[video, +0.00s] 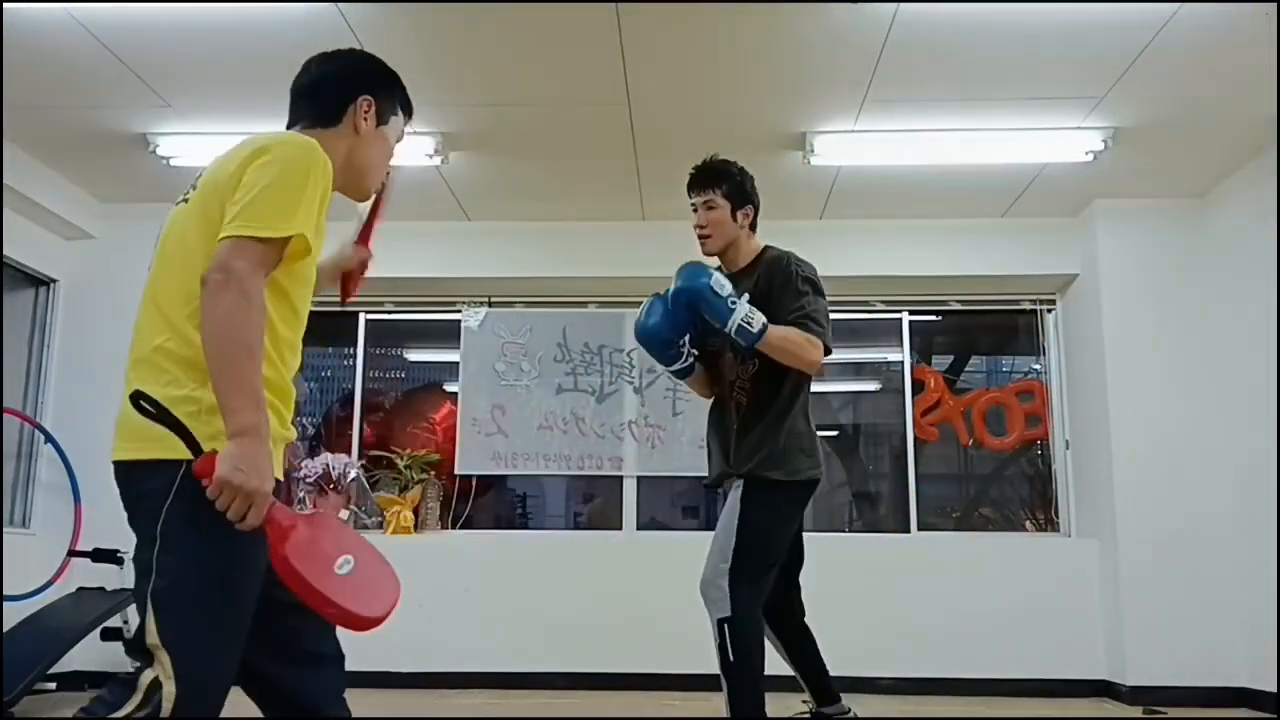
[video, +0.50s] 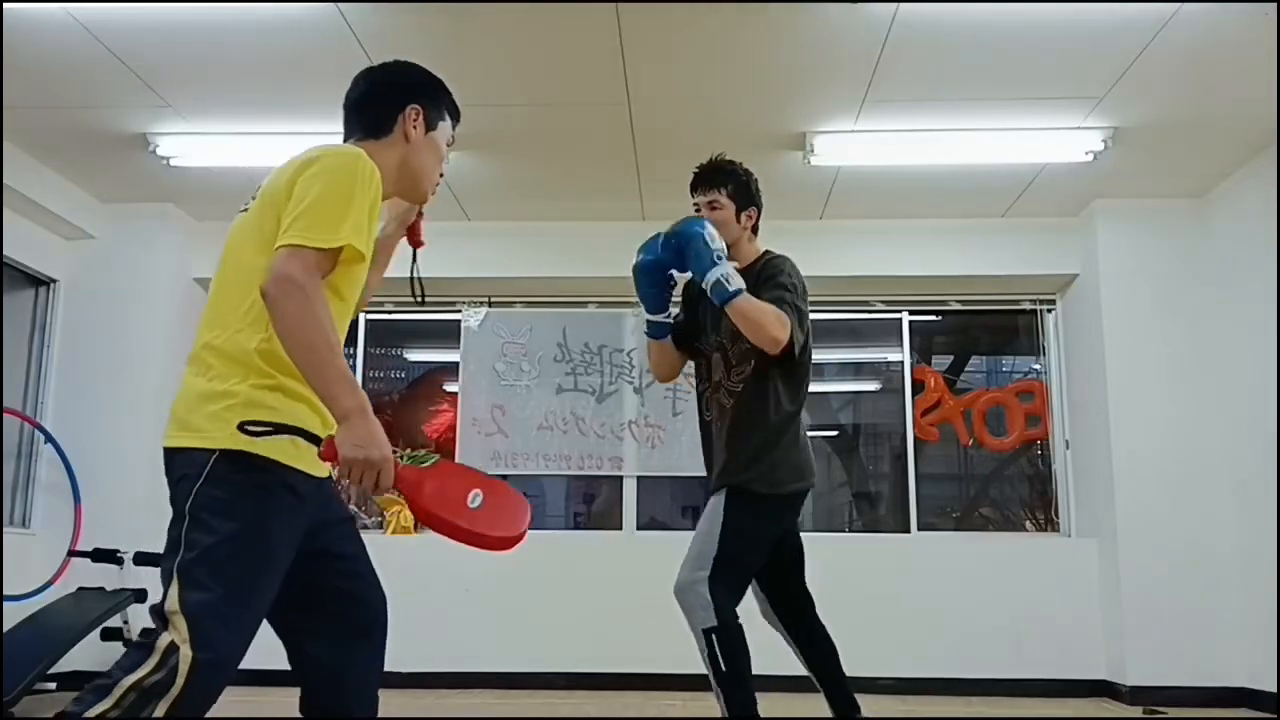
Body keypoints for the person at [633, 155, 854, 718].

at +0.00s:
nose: (698, 221)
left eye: (710, 209)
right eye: (694, 210)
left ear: (746, 214)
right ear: (697, 216)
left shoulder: (787, 271)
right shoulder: (717, 288)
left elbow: (814, 357)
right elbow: (711, 388)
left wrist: (736, 316)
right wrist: (678, 357)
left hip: (781, 462)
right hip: (744, 463)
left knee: (724, 589)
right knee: (776, 600)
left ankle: (746, 713)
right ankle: (831, 707)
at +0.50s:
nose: (701, 217)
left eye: (713, 205)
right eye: (695, 207)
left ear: (749, 216)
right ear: (696, 219)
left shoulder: (777, 274)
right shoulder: (704, 288)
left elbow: (775, 335)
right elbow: (665, 368)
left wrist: (716, 272)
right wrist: (656, 310)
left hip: (766, 470)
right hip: (742, 470)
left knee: (699, 591)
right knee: (787, 606)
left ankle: (742, 714)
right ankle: (848, 711)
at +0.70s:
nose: (690, 229)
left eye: (704, 216)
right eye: (687, 218)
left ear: (742, 222)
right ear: (684, 223)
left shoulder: (756, 272)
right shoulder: (705, 291)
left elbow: (684, 276)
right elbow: (658, 374)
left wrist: (611, 206)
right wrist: (653, 313)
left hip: (748, 476)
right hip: (727, 476)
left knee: (679, 625)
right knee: (762, 625)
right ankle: (843, 713)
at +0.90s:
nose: (655, 257)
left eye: (662, 244)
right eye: (652, 247)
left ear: (699, 243)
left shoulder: (721, 287)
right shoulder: (659, 321)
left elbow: (736, 348)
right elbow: (698, 405)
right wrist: (665, 362)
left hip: (736, 494)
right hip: (773, 499)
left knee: (629, 604)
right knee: (733, 606)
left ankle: (650, 712)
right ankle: (801, 711)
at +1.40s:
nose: (605, 196)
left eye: (616, 182)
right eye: (601, 185)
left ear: (657, 186)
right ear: (606, 192)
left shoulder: (695, 243)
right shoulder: (624, 271)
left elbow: (754, 302)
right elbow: (605, 352)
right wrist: (579, 310)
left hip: (696, 458)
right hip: (692, 458)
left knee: (614, 593)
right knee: (684, 605)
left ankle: (633, 715)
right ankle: (767, 710)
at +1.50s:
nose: (597, 211)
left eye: (608, 195)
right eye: (593, 201)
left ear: (648, 199)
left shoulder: (674, 255)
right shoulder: (626, 278)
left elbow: (686, 324)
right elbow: (598, 378)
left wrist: (611, 267)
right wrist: (576, 309)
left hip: (682, 466)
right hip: (716, 472)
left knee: (577, 584)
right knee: (688, 621)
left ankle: (604, 714)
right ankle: (772, 716)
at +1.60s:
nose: (588, 219)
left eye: (597, 206)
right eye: (582, 209)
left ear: (637, 214)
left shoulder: (655, 265)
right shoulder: (618, 296)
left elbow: (656, 315)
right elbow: (585, 389)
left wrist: (589, 242)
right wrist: (562, 327)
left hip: (663, 483)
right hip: (688, 489)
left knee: (559, 598)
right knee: (672, 633)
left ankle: (541, 713)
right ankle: (762, 714)